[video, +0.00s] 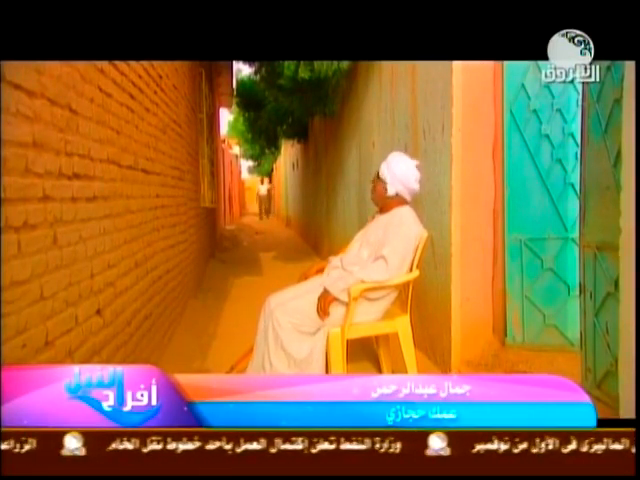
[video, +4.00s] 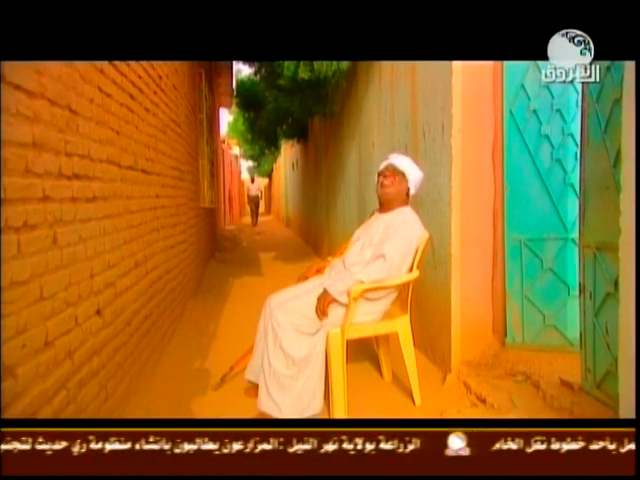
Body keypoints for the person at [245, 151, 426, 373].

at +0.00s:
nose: (372, 186)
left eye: (377, 181)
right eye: (375, 180)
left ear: (389, 188)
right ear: (391, 188)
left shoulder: (404, 222)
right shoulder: (387, 216)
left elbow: (388, 272)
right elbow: (357, 252)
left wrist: (335, 288)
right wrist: (326, 266)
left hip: (359, 297)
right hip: (341, 280)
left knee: (281, 314)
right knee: (273, 304)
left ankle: (281, 386)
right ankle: (268, 380)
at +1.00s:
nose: (366, 195)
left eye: (373, 190)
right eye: (366, 188)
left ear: (392, 193)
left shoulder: (404, 223)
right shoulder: (385, 217)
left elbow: (387, 271)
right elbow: (356, 253)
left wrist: (335, 288)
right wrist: (326, 266)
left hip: (359, 299)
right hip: (340, 282)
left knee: (282, 315)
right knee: (274, 305)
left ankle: (280, 386)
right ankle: (267, 379)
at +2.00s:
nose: (376, 183)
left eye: (384, 179)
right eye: (378, 177)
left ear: (400, 189)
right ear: (387, 188)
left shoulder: (405, 223)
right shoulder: (386, 217)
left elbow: (388, 271)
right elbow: (357, 253)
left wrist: (336, 289)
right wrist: (326, 266)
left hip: (361, 298)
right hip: (342, 282)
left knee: (284, 315)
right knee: (274, 304)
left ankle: (288, 405)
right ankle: (265, 379)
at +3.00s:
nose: (378, 182)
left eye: (387, 178)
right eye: (380, 176)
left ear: (402, 189)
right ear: (379, 180)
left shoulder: (405, 223)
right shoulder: (384, 216)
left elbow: (388, 271)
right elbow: (356, 254)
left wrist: (337, 288)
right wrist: (326, 265)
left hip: (362, 300)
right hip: (343, 283)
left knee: (283, 315)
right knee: (274, 304)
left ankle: (289, 405)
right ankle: (266, 379)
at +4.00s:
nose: (385, 179)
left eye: (394, 175)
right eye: (382, 175)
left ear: (408, 187)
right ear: (377, 183)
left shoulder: (406, 223)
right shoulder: (381, 216)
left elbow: (388, 270)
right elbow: (354, 255)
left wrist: (336, 291)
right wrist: (325, 267)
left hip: (362, 300)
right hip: (341, 283)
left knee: (284, 315)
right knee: (274, 304)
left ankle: (289, 405)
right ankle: (265, 377)